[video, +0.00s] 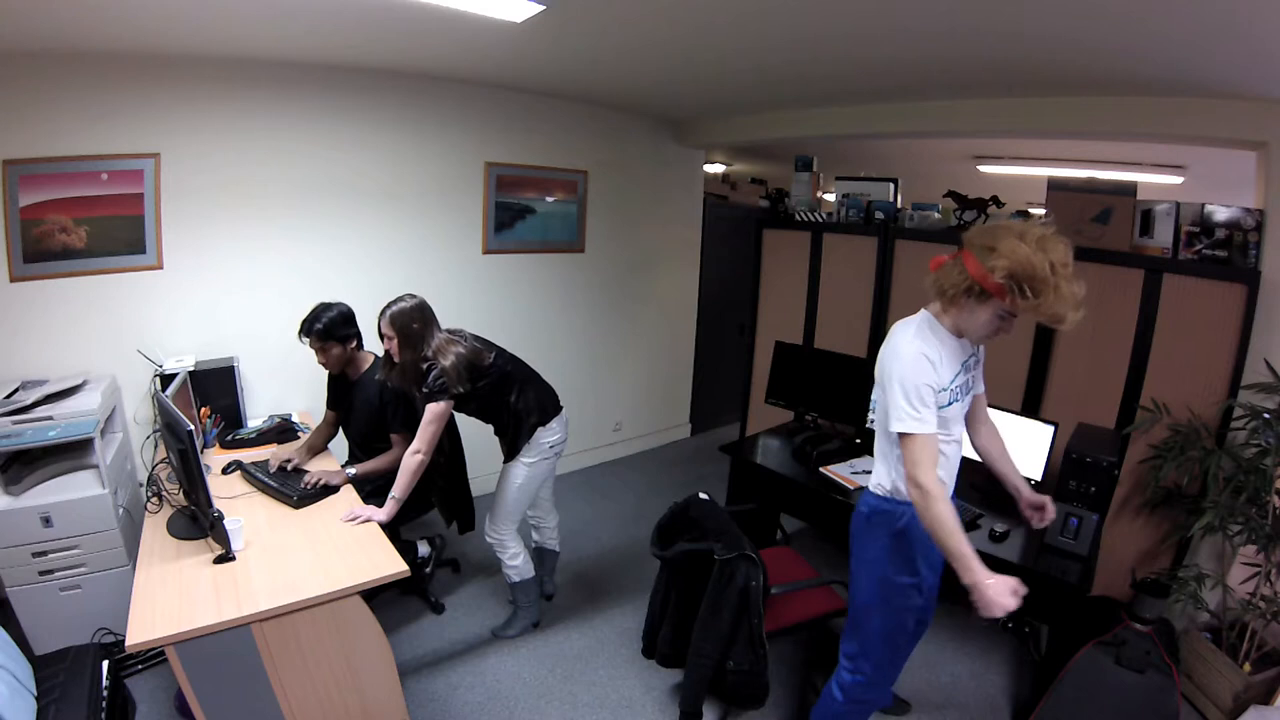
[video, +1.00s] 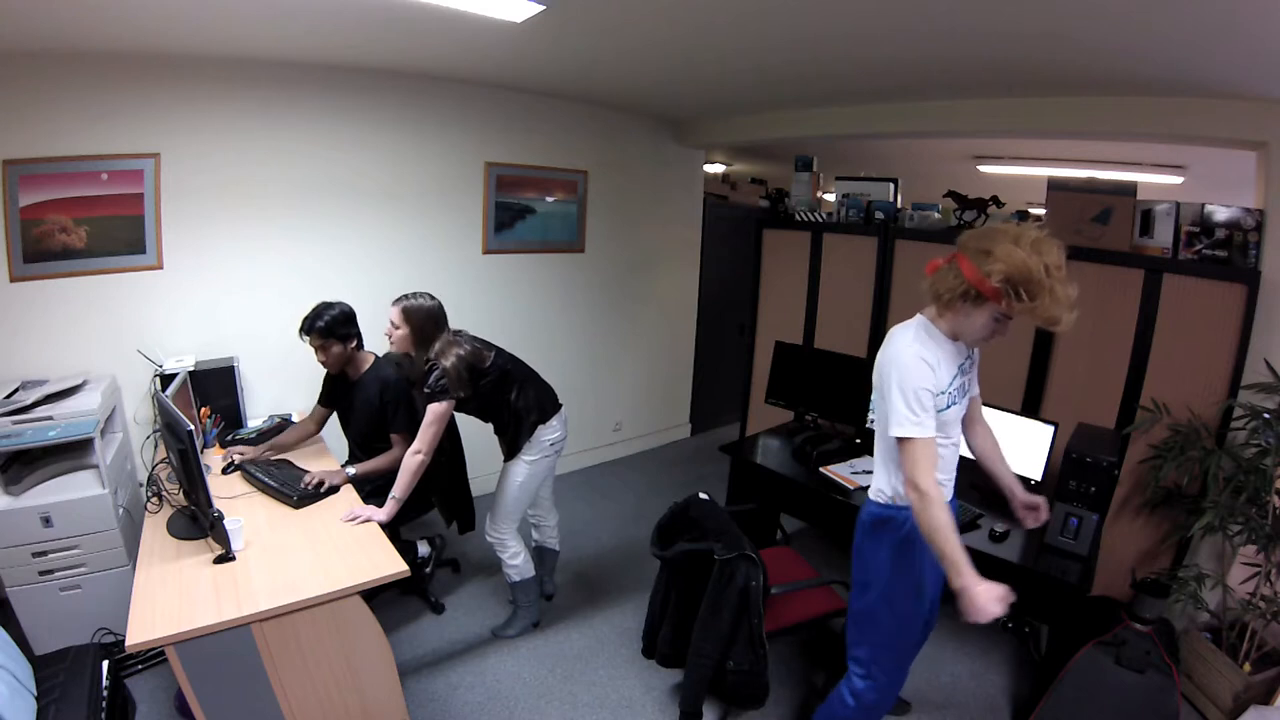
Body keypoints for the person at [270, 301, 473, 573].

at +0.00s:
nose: (319, 360)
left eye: (324, 351)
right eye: (315, 351)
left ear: (352, 344)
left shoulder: (388, 381)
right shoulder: (338, 374)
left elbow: (403, 450)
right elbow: (329, 424)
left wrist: (346, 474)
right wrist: (302, 452)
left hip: (402, 477)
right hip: (362, 474)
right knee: (318, 512)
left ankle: (419, 553)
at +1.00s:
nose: (319, 358)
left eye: (324, 349)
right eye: (315, 349)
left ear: (352, 342)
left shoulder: (390, 379)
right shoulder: (337, 375)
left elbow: (403, 451)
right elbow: (312, 424)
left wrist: (347, 473)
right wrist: (261, 450)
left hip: (401, 480)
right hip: (362, 476)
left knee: (339, 531)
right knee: (313, 513)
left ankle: (418, 553)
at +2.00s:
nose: (318, 357)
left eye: (324, 349)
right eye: (314, 349)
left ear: (351, 343)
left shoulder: (389, 381)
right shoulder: (337, 376)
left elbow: (403, 450)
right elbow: (311, 427)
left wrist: (347, 473)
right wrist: (262, 455)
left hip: (407, 479)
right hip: (363, 474)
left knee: (344, 533)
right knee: (316, 513)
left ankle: (417, 554)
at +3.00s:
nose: (312, 356)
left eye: (317, 347)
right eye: (311, 347)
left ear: (344, 345)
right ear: (338, 346)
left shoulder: (389, 381)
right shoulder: (337, 377)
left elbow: (405, 450)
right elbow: (312, 428)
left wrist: (347, 473)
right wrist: (260, 453)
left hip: (412, 477)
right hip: (371, 470)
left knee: (349, 531)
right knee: (320, 513)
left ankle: (418, 555)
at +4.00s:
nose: (311, 354)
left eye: (316, 346)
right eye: (310, 346)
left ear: (343, 344)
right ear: (339, 346)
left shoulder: (388, 381)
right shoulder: (337, 377)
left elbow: (404, 450)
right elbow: (312, 428)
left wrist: (347, 473)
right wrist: (260, 453)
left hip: (410, 478)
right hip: (368, 471)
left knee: (348, 533)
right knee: (318, 515)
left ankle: (419, 553)